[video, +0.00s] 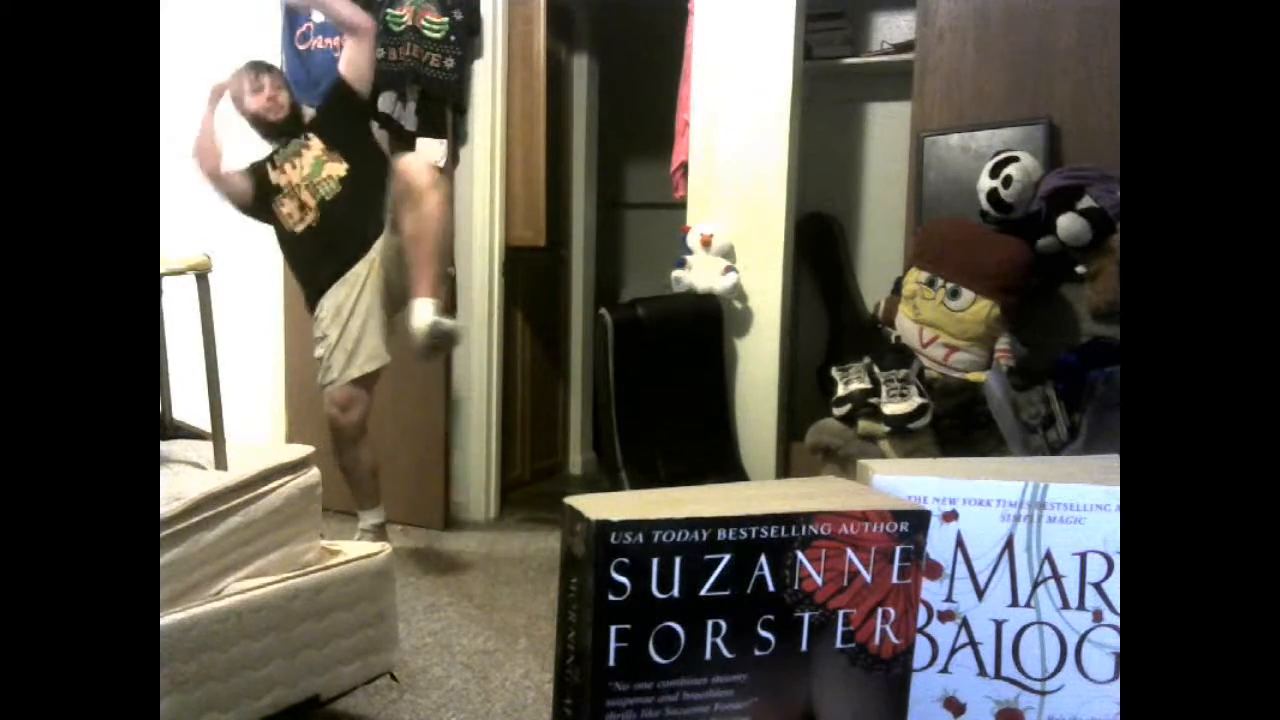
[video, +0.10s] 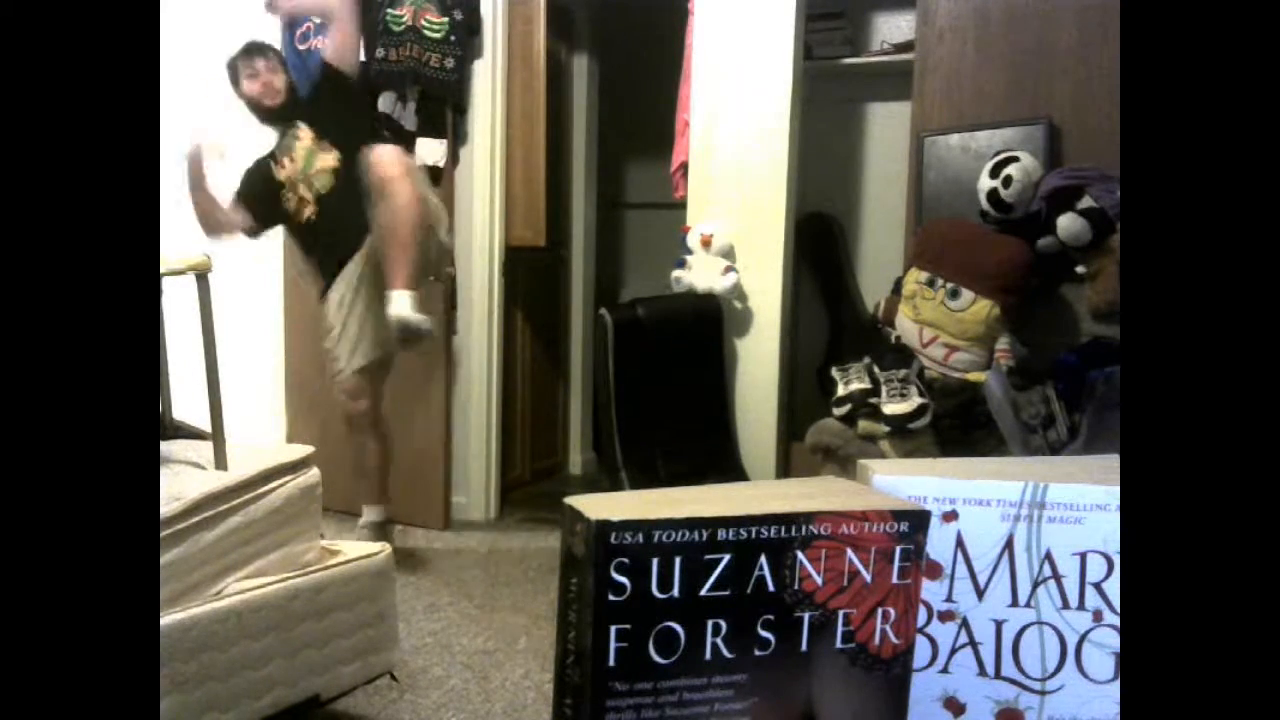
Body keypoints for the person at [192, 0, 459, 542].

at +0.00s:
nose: (262, 92)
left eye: (265, 81)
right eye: (251, 92)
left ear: (286, 85)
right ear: (247, 114)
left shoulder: (339, 114)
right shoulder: (262, 182)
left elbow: (362, 28)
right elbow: (210, 168)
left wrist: (311, 4)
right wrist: (212, 103)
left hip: (390, 250)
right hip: (337, 297)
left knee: (415, 168)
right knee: (344, 414)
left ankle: (425, 311)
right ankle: (372, 524)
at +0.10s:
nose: (260, 82)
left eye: (266, 70)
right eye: (249, 78)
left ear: (286, 70)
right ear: (240, 94)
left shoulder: (329, 95)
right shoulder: (267, 175)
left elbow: (346, 15)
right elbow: (220, 225)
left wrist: (289, 9)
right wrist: (196, 176)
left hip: (399, 234)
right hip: (345, 278)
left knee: (384, 157)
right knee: (358, 404)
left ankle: (402, 300)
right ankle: (375, 518)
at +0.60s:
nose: (256, 134)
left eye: (263, 119)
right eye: (244, 128)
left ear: (285, 117)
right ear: (240, 139)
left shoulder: (317, 144)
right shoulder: (289, 204)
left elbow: (335, 165)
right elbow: (290, 308)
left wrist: (336, 197)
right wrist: (243, 372)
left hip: (398, 295)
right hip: (354, 314)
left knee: (295, 279)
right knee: (304, 426)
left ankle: (288, 407)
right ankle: (367, 514)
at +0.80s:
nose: (241, 146)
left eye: (246, 131)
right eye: (228, 141)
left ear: (267, 129)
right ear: (222, 153)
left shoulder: (302, 151)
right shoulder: (274, 232)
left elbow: (343, 159)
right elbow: (285, 310)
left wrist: (359, 226)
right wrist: (234, 375)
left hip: (396, 296)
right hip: (349, 321)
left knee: (276, 316)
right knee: (300, 418)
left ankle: (289, 422)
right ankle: (365, 511)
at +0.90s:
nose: (237, 146)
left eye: (243, 130)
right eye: (225, 140)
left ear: (266, 127)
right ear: (219, 151)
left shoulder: (305, 150)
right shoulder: (272, 228)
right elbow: (283, 303)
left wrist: (326, 236)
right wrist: (243, 372)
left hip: (397, 293)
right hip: (350, 312)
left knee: (277, 318)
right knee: (305, 421)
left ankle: (295, 421)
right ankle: (369, 512)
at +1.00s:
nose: (237, 146)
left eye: (243, 130)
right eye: (225, 140)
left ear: (266, 127)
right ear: (219, 151)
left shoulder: (305, 150)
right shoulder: (272, 228)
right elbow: (283, 303)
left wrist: (326, 236)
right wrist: (244, 372)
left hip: (397, 293)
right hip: (350, 312)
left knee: (277, 318)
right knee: (305, 421)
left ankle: (295, 421)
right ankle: (369, 512)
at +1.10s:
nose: (224, 160)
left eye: (230, 144)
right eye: (215, 151)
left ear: (252, 135)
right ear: (212, 154)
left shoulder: (294, 167)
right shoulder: (260, 215)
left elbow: (310, 247)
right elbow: (271, 303)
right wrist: (244, 377)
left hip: (398, 285)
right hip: (359, 300)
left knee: (282, 318)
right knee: (283, 411)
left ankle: (303, 431)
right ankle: (359, 501)